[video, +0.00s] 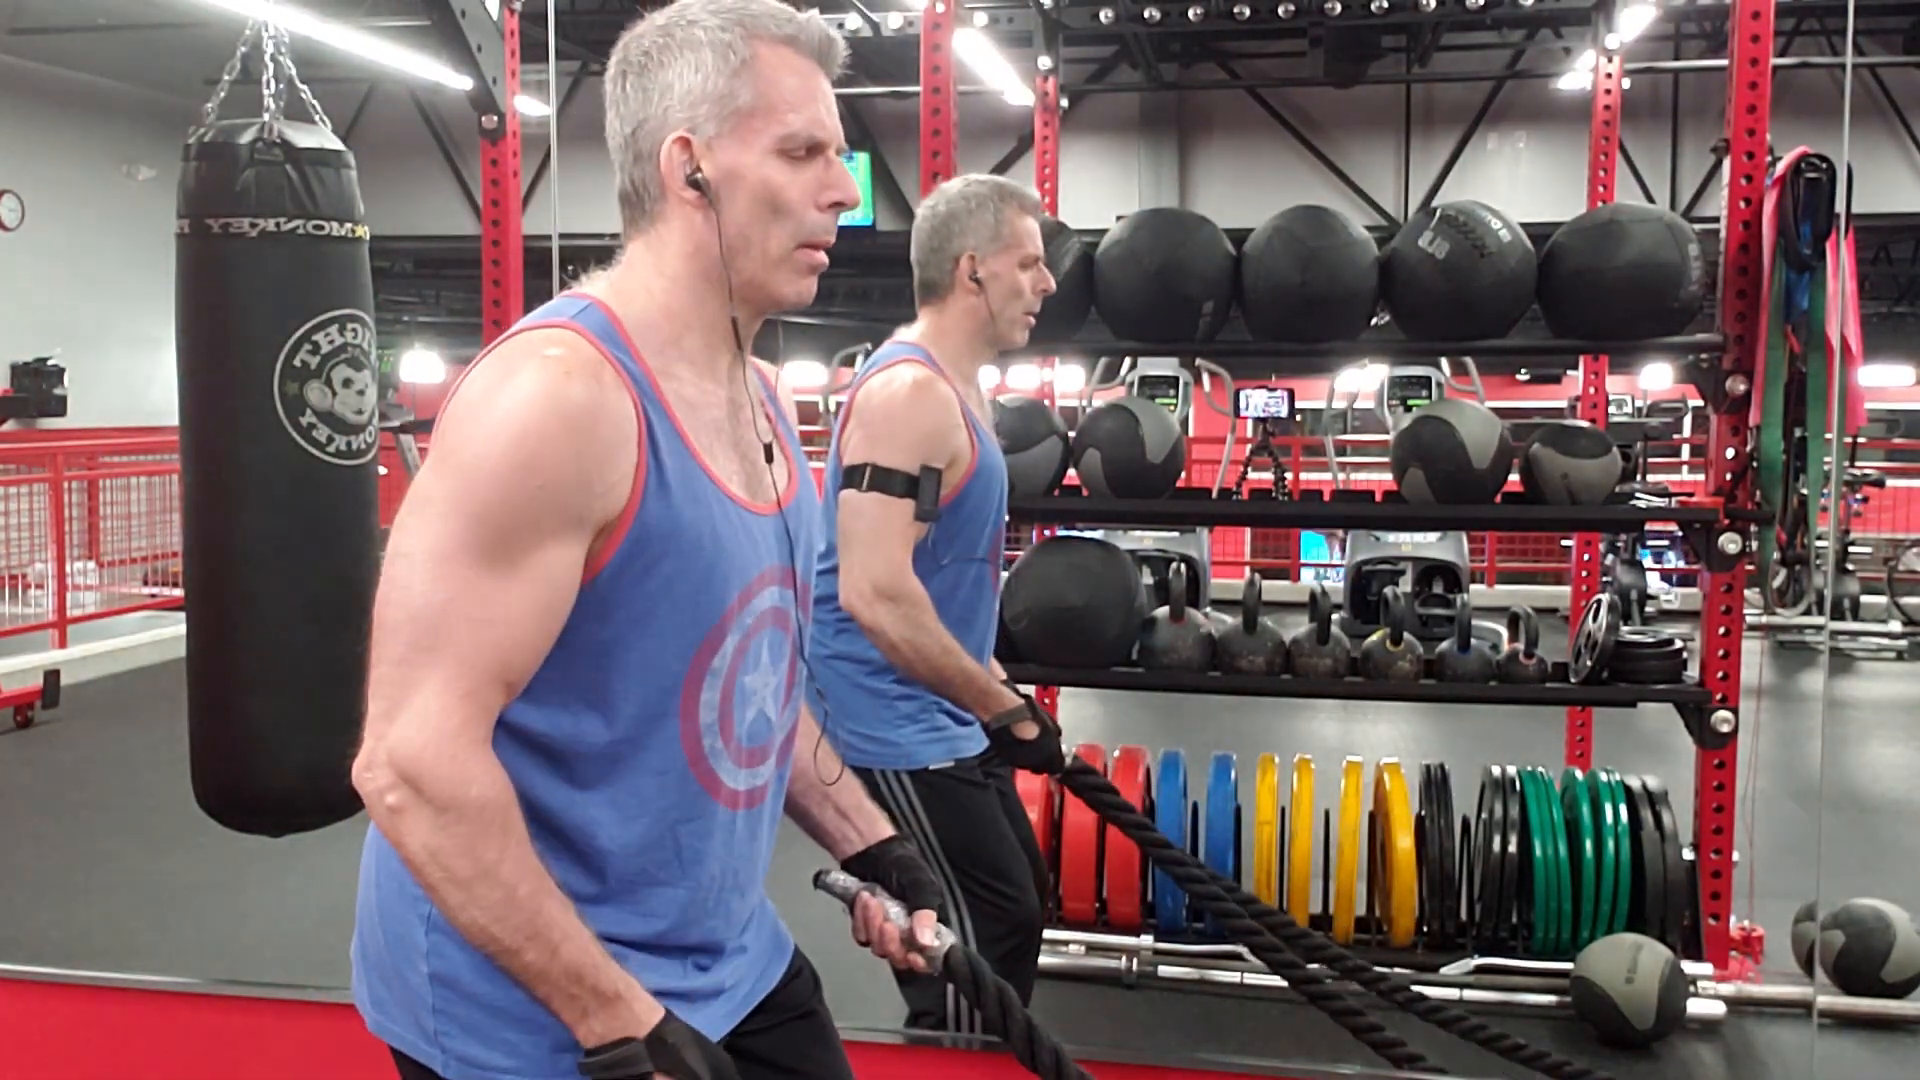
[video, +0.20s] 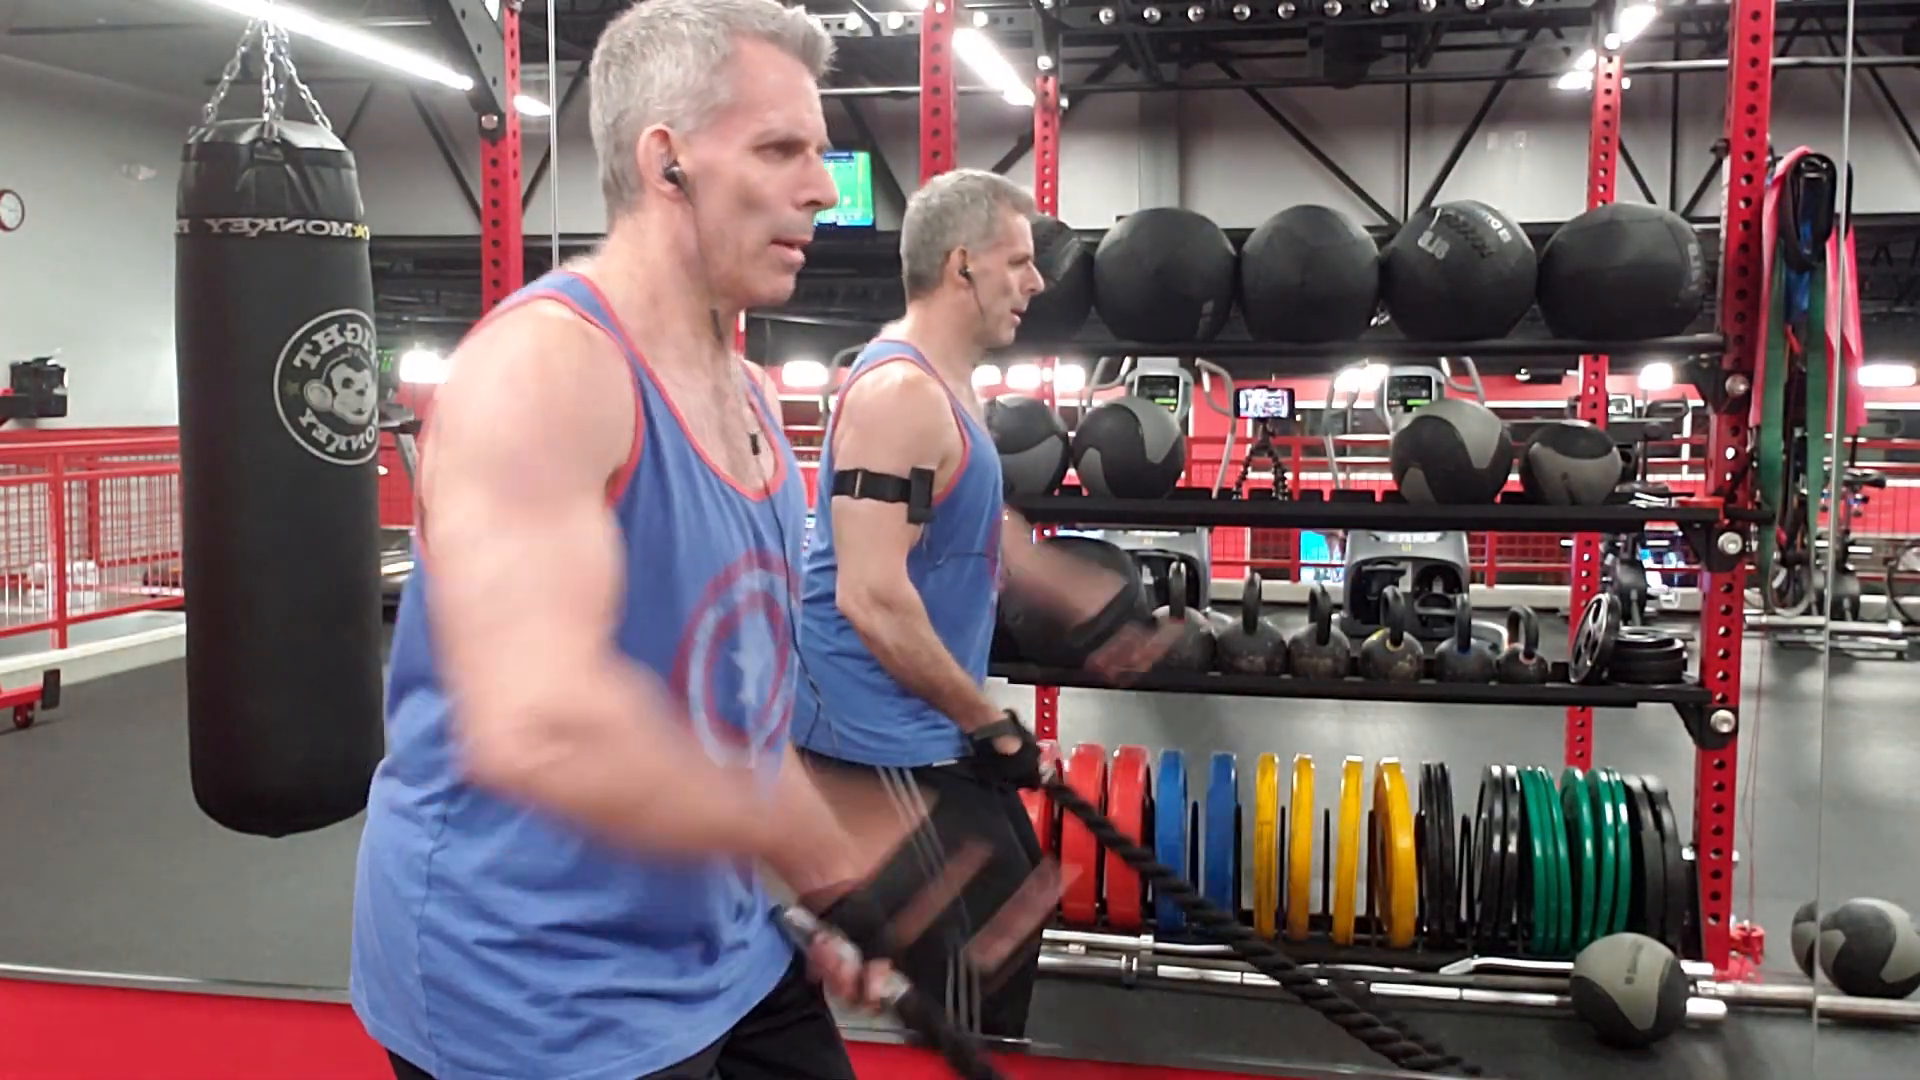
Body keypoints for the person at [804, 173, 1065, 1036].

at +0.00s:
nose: (1047, 285)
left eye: (1045, 265)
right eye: (1032, 264)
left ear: (977, 276)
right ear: (974, 273)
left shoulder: (950, 390)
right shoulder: (908, 391)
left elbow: (926, 581)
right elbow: (877, 589)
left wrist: (999, 695)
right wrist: (999, 704)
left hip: (946, 727)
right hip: (896, 733)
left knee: (1009, 921)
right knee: (998, 929)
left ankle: (966, 1074)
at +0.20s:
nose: (1034, 285)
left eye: (1034, 264)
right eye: (1020, 262)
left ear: (966, 269)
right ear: (963, 267)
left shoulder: (943, 391)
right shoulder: (899, 393)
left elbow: (1000, 543)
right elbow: (871, 594)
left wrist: (1105, 612)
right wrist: (989, 721)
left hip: (924, 743)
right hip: (874, 752)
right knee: (989, 945)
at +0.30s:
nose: (1033, 290)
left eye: (1032, 270)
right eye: (1019, 268)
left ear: (966, 274)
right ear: (959, 270)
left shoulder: (937, 395)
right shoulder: (902, 394)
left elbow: (1035, 510)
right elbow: (875, 599)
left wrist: (1179, 489)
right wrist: (978, 721)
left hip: (917, 730)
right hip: (882, 737)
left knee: (1001, 922)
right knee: (989, 930)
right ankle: (958, 1076)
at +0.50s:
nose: (1034, 297)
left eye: (1035, 277)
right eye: (1019, 275)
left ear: (959, 279)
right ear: (957, 276)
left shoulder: (947, 393)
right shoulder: (898, 386)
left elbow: (946, 577)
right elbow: (916, 570)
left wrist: (1031, 659)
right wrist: (1076, 589)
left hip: (926, 715)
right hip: (866, 725)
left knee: (1022, 907)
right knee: (976, 929)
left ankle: (979, 1061)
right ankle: (952, 1068)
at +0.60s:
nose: (1032, 301)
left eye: (1032, 281)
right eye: (1018, 279)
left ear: (961, 283)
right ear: (955, 280)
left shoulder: (941, 394)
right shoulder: (899, 388)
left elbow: (969, 565)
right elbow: (950, 563)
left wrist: (1076, 574)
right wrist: (1084, 544)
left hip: (930, 716)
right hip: (872, 725)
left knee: (1024, 907)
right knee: (996, 929)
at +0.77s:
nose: (1040, 315)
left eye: (1039, 295)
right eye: (1027, 293)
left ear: (973, 295)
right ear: (970, 292)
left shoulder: (928, 393)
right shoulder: (925, 403)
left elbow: (1015, 538)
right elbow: (932, 601)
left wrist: (1152, 520)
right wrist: (1050, 672)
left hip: (918, 743)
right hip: (906, 752)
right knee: (1003, 946)